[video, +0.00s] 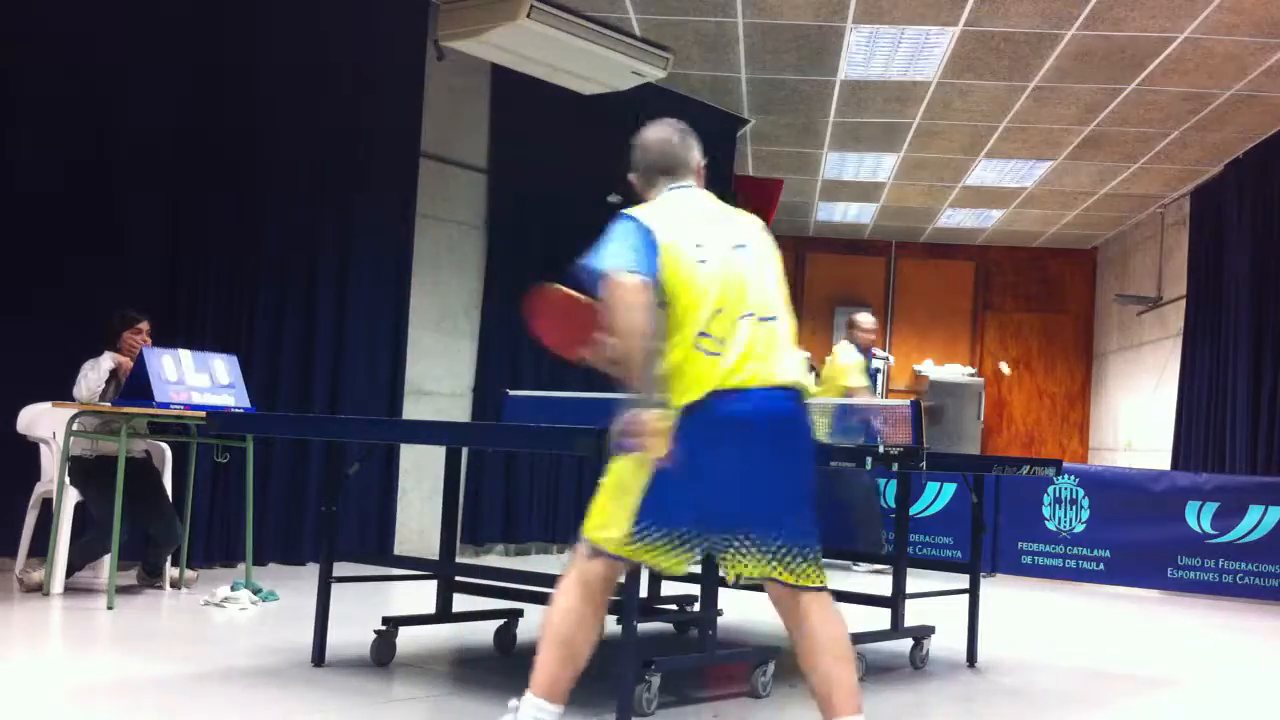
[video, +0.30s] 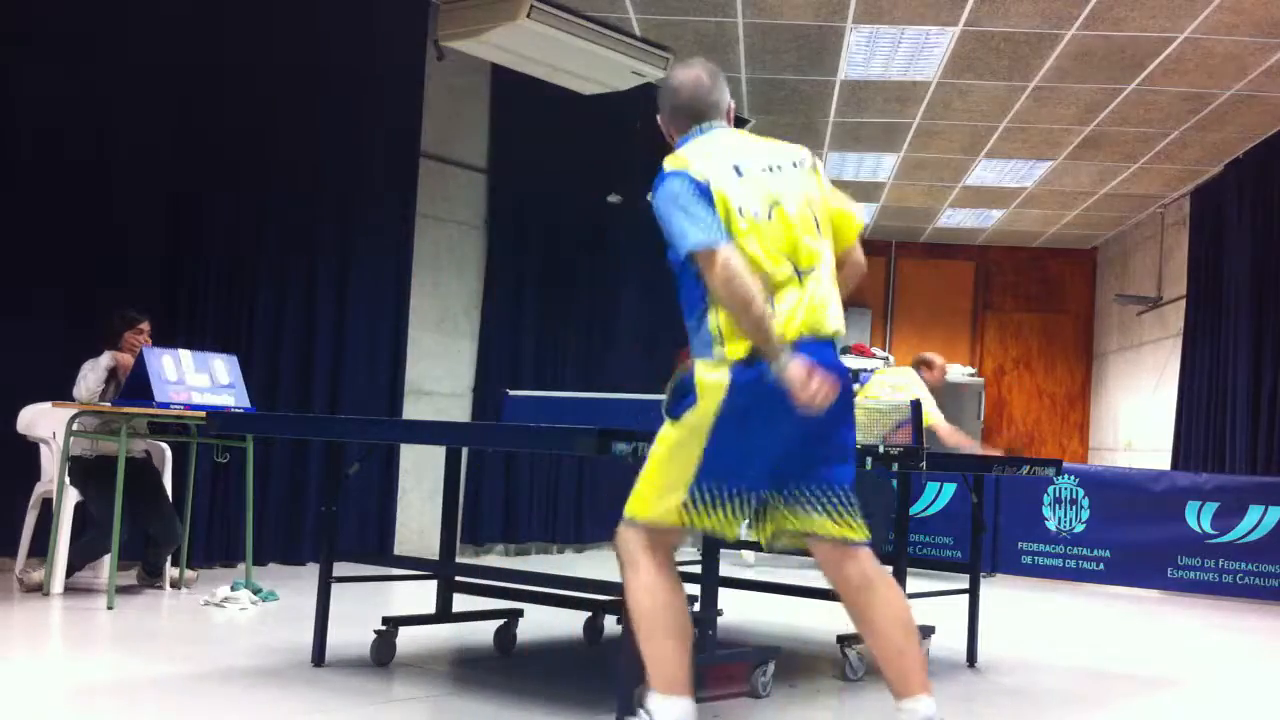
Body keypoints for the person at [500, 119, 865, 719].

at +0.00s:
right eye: (704, 164)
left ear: (637, 180)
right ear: (702, 170)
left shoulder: (636, 229)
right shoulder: (753, 228)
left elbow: (633, 319)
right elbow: (749, 336)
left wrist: (649, 400)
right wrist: (621, 353)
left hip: (693, 415)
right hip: (783, 414)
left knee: (594, 568)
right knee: (801, 586)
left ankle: (535, 711)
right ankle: (848, 714)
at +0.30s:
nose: (665, 131)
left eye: (661, 123)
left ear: (665, 125)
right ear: (732, 113)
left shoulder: (678, 178)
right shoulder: (797, 159)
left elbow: (723, 265)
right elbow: (853, 265)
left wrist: (781, 357)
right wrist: (793, 312)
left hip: (736, 381)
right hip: (824, 374)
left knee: (642, 539)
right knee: (848, 554)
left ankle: (671, 709)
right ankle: (920, 710)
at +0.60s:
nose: (595, 186)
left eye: (587, 170)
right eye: (586, 175)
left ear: (608, 149)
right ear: (641, 137)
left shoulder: (658, 184)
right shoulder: (712, 180)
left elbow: (655, 289)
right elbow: (709, 309)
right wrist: (614, 342)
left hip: (698, 392)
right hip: (757, 388)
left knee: (620, 559)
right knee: (746, 556)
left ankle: (675, 714)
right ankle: (873, 694)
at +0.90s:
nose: (487, 180)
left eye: (481, 165)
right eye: (480, 170)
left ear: (503, 137)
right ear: (513, 130)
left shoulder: (567, 157)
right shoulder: (594, 150)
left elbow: (496, 249)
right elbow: (625, 265)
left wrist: (459, 168)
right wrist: (556, 311)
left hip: (623, 375)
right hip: (595, 371)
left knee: (627, 560)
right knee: (554, 536)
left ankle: (675, 712)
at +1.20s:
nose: (397, 152)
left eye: (396, 137)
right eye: (393, 141)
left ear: (414, 122)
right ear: (431, 113)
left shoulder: (478, 153)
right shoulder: (493, 155)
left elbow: (391, 209)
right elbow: (496, 283)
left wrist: (384, 131)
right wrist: (432, 349)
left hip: (484, 369)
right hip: (478, 366)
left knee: (428, 543)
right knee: (441, 543)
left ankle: (556, 661)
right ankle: (450, 706)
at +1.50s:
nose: (292, 129)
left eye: (292, 113)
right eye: (286, 113)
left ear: (317, 98)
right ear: (345, 91)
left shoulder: (369, 153)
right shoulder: (401, 143)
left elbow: (273, 194)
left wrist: (289, 111)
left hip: (360, 369)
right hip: (407, 369)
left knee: (296, 544)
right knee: (401, 538)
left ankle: (241, 704)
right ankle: (446, 701)